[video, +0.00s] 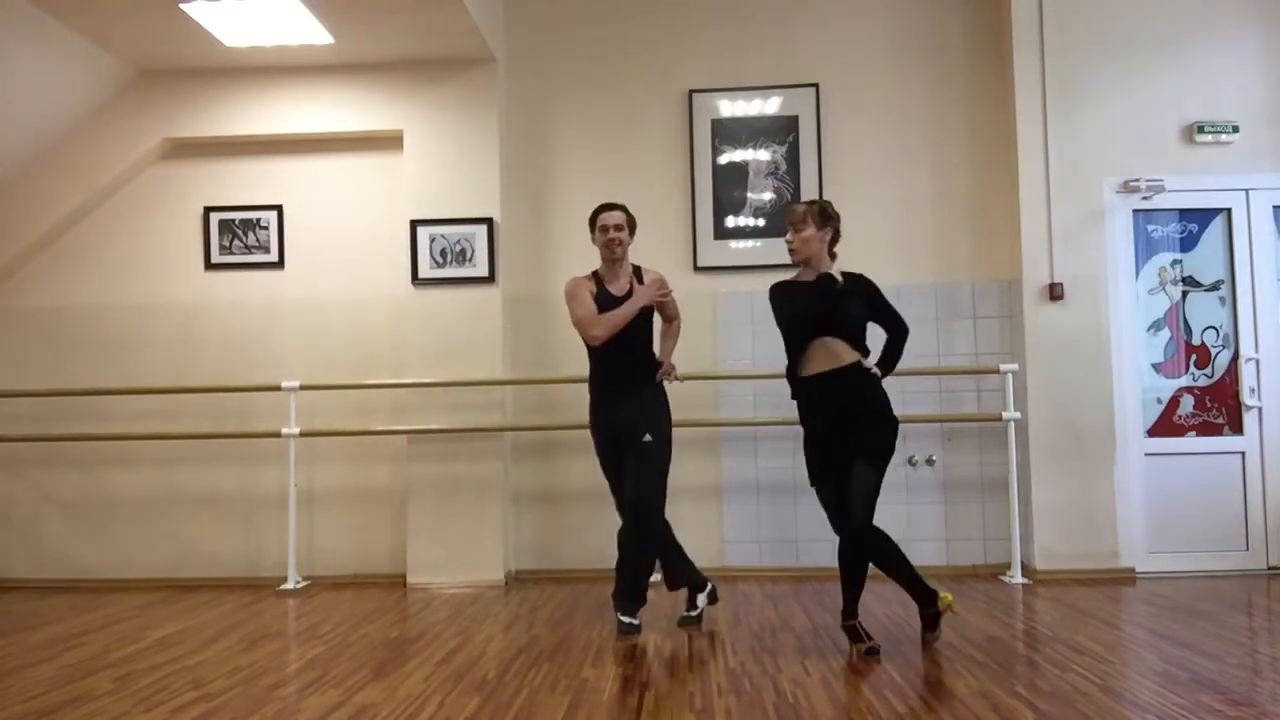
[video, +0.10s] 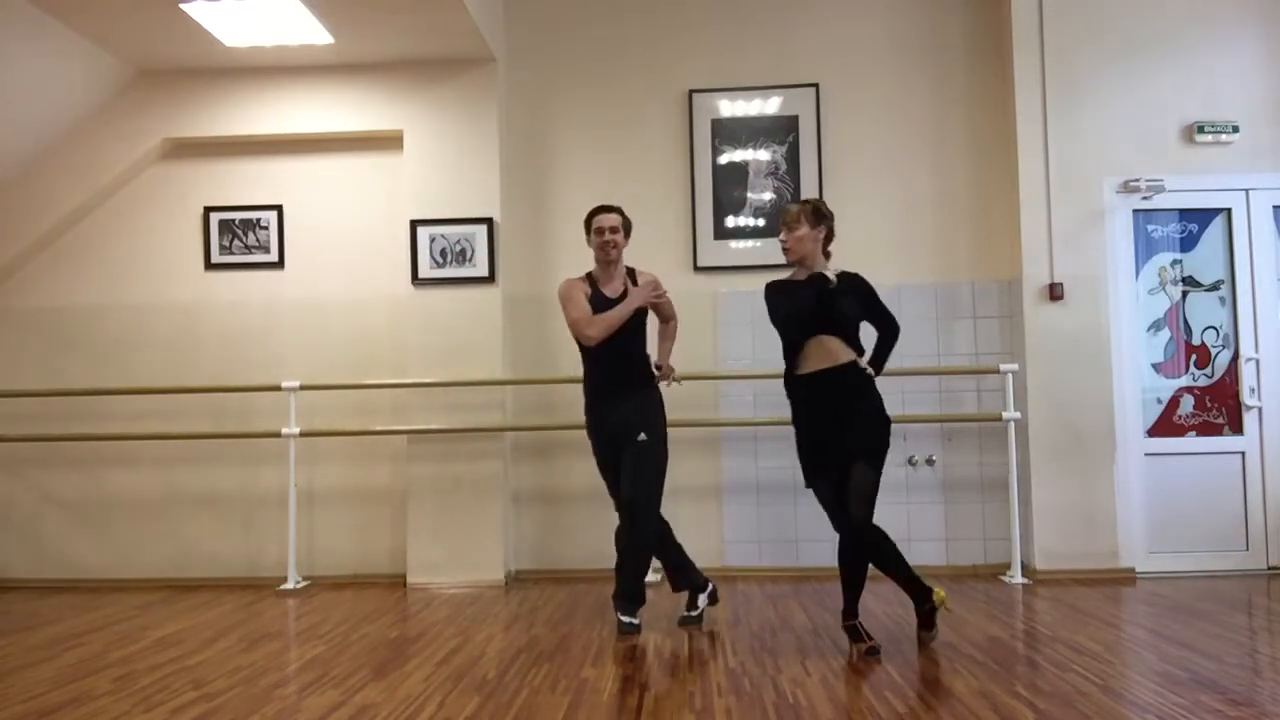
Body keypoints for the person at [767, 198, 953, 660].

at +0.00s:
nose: (789, 236)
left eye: (799, 228)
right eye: (788, 229)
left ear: (828, 235)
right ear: (793, 239)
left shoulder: (857, 286)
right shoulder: (781, 292)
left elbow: (898, 330)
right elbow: (796, 338)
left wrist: (878, 371)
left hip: (865, 404)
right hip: (817, 413)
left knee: (856, 522)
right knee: (849, 528)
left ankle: (850, 617)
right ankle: (928, 600)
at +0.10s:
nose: (782, 236)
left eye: (793, 227)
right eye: (783, 229)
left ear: (822, 235)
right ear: (790, 238)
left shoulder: (851, 285)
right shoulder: (777, 290)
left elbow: (889, 328)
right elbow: (792, 330)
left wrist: (870, 371)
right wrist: (821, 276)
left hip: (857, 399)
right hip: (809, 409)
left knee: (855, 520)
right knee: (849, 526)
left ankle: (851, 617)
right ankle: (923, 597)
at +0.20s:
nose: (776, 236)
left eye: (786, 228)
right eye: (775, 229)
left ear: (814, 232)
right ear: (779, 237)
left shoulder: (845, 282)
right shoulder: (774, 289)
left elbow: (892, 323)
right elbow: (776, 328)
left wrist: (866, 367)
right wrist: (810, 279)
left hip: (848, 398)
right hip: (800, 406)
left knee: (853, 516)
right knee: (828, 520)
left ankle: (851, 617)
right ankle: (891, 584)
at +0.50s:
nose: (744, 224)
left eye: (751, 214)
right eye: (743, 216)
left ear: (780, 216)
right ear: (757, 220)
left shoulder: (811, 263)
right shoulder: (740, 277)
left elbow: (851, 287)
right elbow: (721, 332)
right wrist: (711, 383)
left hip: (811, 393)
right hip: (760, 394)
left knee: (823, 502)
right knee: (734, 499)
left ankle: (845, 606)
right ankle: (711, 605)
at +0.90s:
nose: (726, 227)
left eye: (735, 219)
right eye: (720, 219)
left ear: (752, 226)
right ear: (711, 226)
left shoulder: (771, 279)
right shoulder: (700, 283)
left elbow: (783, 337)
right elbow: (677, 343)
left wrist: (738, 310)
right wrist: (710, 311)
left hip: (764, 399)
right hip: (715, 401)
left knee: (769, 487)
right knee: (694, 500)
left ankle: (770, 546)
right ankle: (706, 605)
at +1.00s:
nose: (733, 226)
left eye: (741, 220)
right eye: (726, 220)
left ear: (753, 229)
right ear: (714, 228)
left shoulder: (771, 286)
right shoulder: (696, 289)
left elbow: (793, 351)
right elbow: (684, 356)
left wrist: (819, 335)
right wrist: (667, 330)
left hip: (763, 399)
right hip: (711, 402)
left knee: (795, 502)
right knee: (686, 506)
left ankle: (826, 599)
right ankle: (674, 607)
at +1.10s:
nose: (733, 246)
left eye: (741, 240)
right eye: (726, 239)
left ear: (753, 249)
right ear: (715, 248)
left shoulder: (771, 308)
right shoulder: (698, 309)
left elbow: (791, 374)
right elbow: (679, 376)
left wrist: (835, 380)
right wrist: (641, 381)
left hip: (767, 423)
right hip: (713, 424)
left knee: (797, 520)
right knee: (683, 519)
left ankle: (829, 613)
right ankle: (673, 615)